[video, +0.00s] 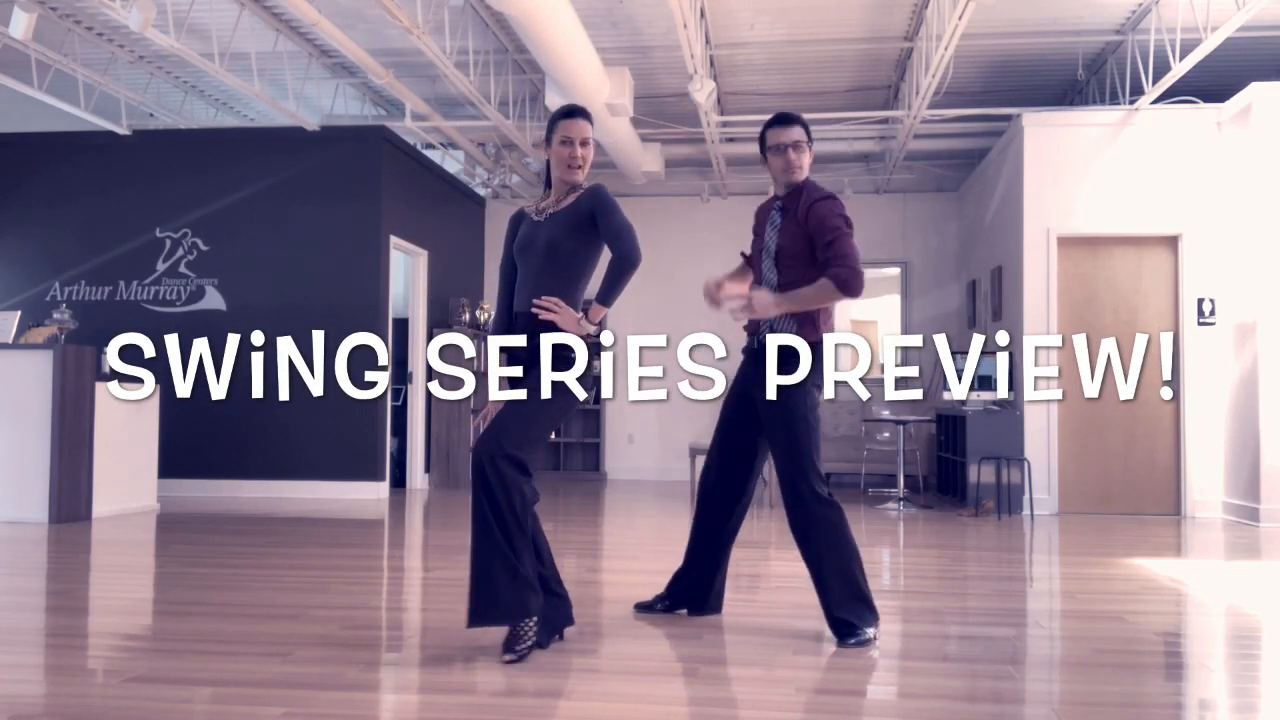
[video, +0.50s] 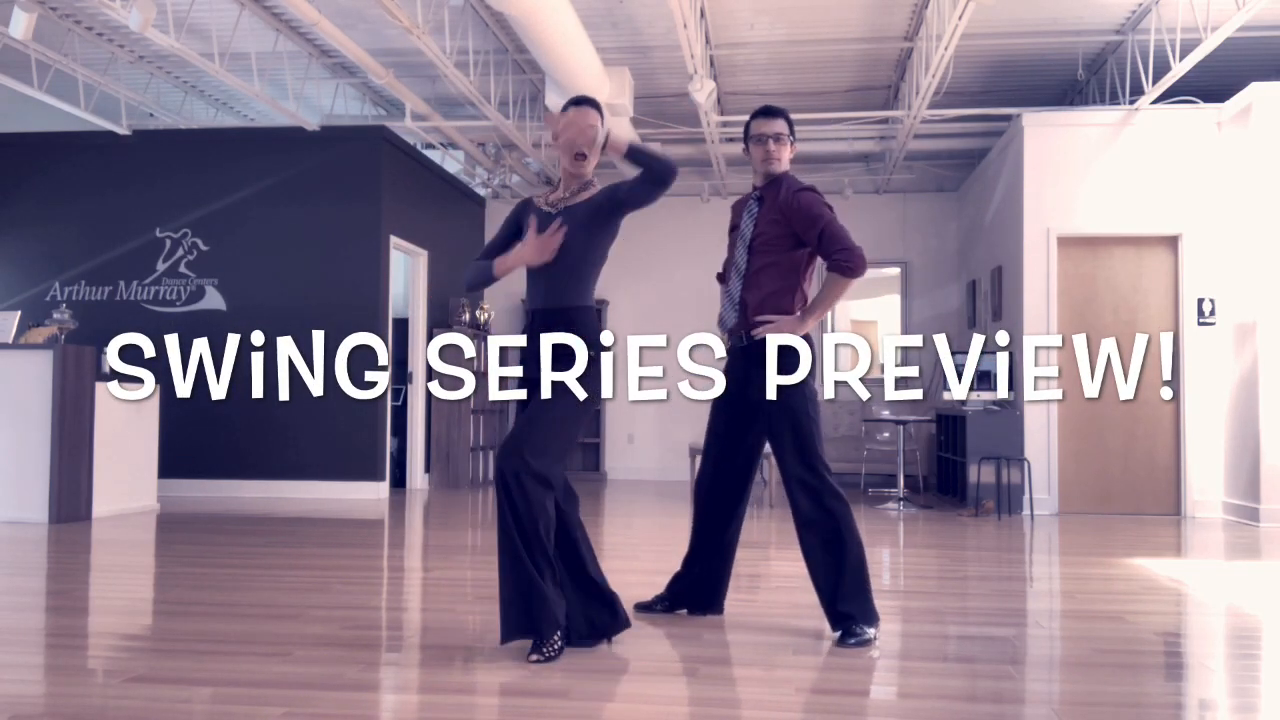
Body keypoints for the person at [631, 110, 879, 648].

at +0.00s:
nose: (790, 156)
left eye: (798, 147)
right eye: (778, 149)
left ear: (811, 153)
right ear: (764, 158)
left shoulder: (823, 208)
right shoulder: (767, 211)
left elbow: (848, 280)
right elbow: (756, 265)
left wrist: (779, 302)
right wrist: (729, 283)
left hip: (795, 356)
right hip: (759, 355)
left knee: (805, 488)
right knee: (725, 475)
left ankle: (855, 617)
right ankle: (696, 591)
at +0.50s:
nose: (770, 147)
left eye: (779, 139)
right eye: (760, 140)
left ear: (793, 148)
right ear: (746, 150)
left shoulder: (798, 199)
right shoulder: (744, 207)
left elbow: (849, 261)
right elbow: (740, 269)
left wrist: (805, 320)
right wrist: (733, 318)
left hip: (779, 355)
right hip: (741, 357)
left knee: (810, 482)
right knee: (720, 479)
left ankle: (855, 616)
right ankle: (697, 591)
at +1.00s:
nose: (769, 148)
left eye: (779, 140)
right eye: (759, 140)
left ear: (794, 148)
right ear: (745, 150)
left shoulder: (800, 202)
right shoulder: (742, 208)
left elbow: (854, 262)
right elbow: (741, 268)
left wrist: (807, 320)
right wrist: (726, 289)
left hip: (783, 354)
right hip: (742, 357)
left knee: (814, 482)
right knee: (723, 477)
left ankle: (857, 615)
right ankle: (698, 590)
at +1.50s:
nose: (759, 155)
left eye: (769, 146)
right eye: (756, 147)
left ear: (800, 151)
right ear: (758, 153)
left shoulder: (815, 207)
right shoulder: (756, 209)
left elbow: (862, 272)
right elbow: (733, 274)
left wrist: (812, 323)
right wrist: (729, 328)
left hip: (786, 357)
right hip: (743, 358)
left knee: (814, 484)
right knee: (723, 478)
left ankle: (856, 615)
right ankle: (697, 591)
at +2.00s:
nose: (792, 169)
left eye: (801, 161)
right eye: (791, 161)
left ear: (833, 163)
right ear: (812, 164)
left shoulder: (850, 224)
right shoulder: (797, 217)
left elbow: (877, 301)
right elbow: (770, 278)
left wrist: (816, 334)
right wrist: (743, 324)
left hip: (787, 365)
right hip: (750, 360)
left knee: (810, 489)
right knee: (721, 480)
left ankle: (854, 617)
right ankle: (697, 592)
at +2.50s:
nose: (795, 164)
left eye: (805, 156)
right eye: (794, 156)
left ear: (837, 162)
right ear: (806, 164)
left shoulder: (848, 221)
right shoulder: (798, 217)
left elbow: (874, 298)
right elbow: (780, 280)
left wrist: (817, 334)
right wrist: (747, 325)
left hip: (787, 364)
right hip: (751, 359)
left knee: (807, 487)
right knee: (721, 479)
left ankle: (855, 616)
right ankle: (697, 591)